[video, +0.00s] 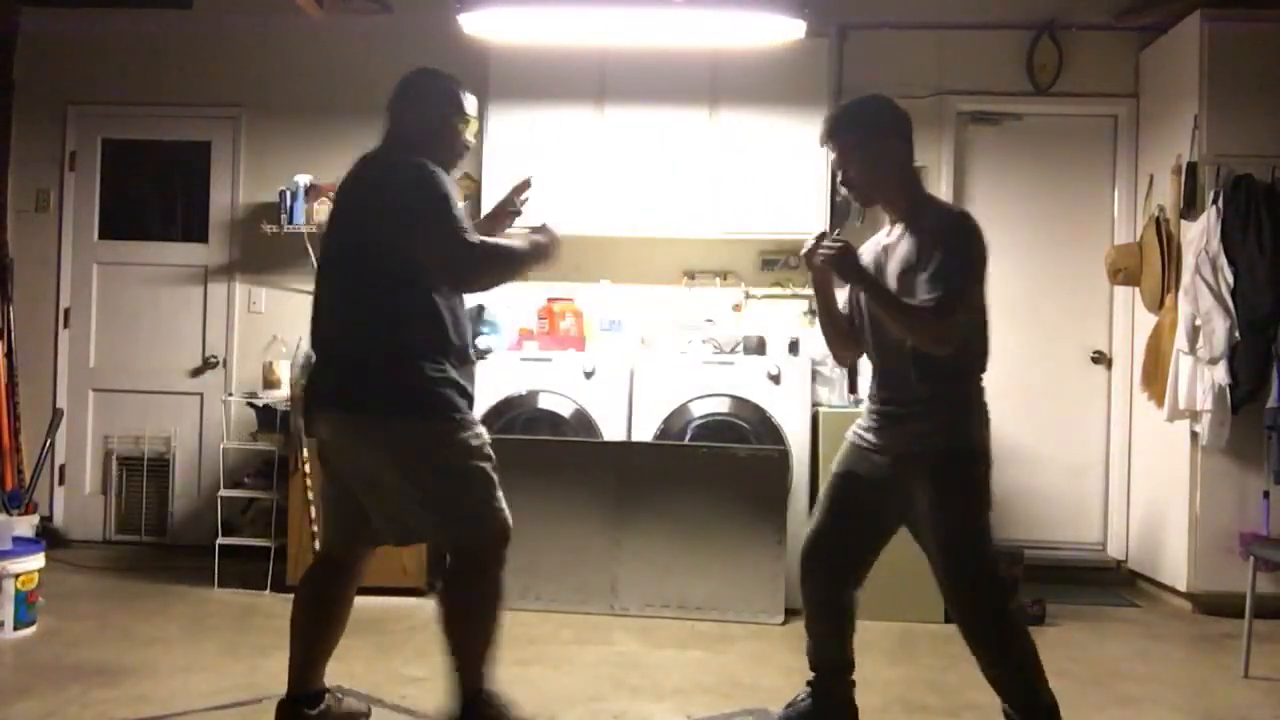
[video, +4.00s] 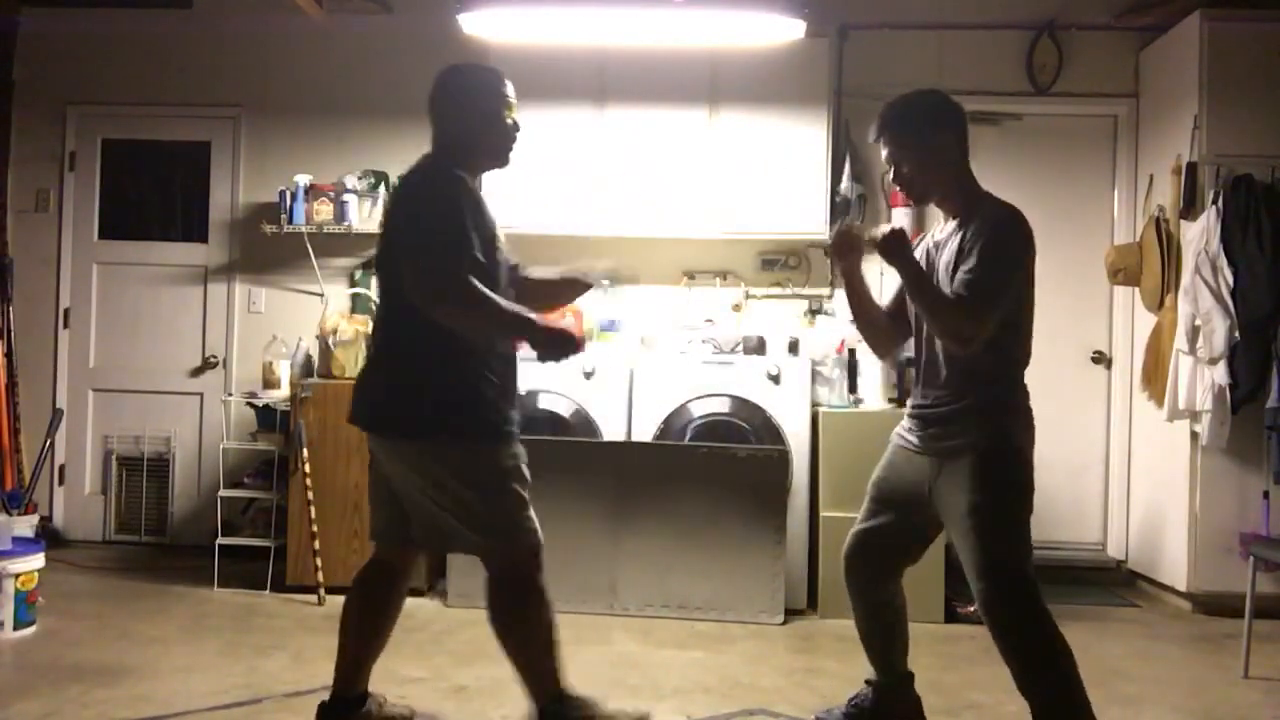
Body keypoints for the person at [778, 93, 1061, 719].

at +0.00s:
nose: (838, 175)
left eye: (846, 158)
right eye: (834, 161)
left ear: (892, 149)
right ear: (870, 161)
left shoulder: (952, 230)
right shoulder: (874, 248)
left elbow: (943, 334)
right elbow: (847, 351)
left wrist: (859, 280)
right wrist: (822, 285)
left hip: (943, 439)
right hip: (878, 434)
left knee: (976, 601)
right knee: (821, 564)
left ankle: (1036, 713)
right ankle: (830, 698)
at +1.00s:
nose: (857, 178)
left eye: (864, 161)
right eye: (853, 165)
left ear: (909, 153)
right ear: (891, 162)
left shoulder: (982, 229)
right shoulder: (892, 246)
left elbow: (964, 334)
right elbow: (869, 350)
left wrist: (885, 269)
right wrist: (842, 283)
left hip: (971, 445)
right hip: (899, 438)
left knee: (1001, 601)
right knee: (843, 566)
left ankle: (1058, 716)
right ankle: (847, 699)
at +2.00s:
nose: (890, 180)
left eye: (897, 162)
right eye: (886, 166)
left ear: (943, 150)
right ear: (928, 160)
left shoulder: (1001, 227)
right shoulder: (946, 244)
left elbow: (992, 346)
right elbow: (928, 347)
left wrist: (898, 292)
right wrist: (881, 291)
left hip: (1009, 442)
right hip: (948, 437)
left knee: (1025, 605)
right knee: (902, 574)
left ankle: (1091, 717)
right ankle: (885, 696)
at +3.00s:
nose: (851, 187)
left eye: (858, 171)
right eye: (848, 173)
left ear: (896, 165)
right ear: (912, 166)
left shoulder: (904, 247)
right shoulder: (962, 228)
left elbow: (838, 327)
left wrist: (790, 358)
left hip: (1004, 434)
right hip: (962, 428)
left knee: (1017, 600)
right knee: (924, 560)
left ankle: (1076, 715)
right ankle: (915, 697)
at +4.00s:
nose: (891, 172)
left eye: (900, 156)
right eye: (888, 159)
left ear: (946, 147)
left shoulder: (1000, 226)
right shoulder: (928, 245)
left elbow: (967, 330)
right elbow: (887, 340)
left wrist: (904, 260)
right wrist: (850, 274)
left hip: (982, 439)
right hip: (918, 435)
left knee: (1007, 605)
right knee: (867, 563)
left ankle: (1070, 718)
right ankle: (894, 695)